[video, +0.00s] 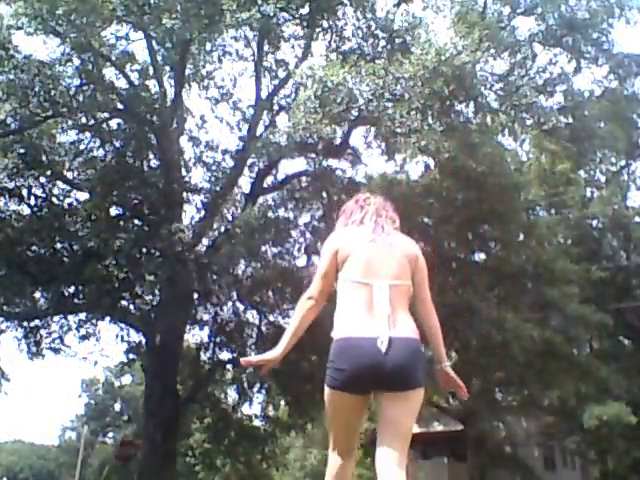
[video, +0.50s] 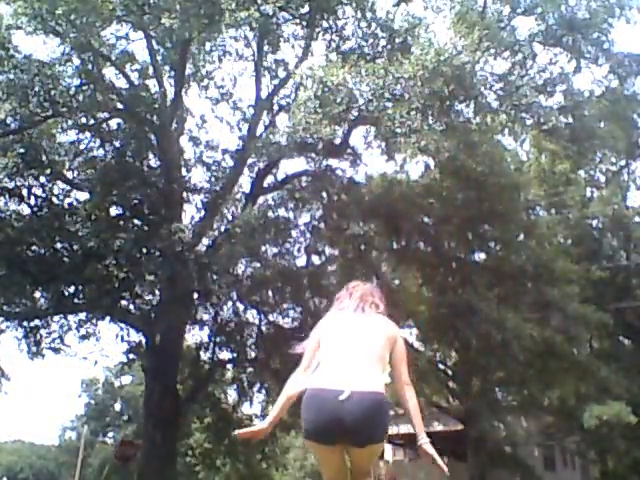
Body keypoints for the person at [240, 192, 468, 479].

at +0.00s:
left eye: (345, 219)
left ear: (348, 217)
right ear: (391, 218)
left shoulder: (339, 240)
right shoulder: (410, 247)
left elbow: (314, 299)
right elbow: (426, 309)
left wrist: (279, 351)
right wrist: (443, 363)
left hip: (351, 351)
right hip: (407, 354)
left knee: (341, 455)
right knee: (393, 461)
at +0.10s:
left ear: (345, 230)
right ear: (387, 232)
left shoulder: (335, 253)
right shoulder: (404, 258)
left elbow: (309, 309)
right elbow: (420, 318)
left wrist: (275, 358)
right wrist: (437, 373)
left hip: (342, 360)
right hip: (397, 363)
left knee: (338, 461)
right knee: (388, 463)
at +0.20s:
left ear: (343, 241)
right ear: (382, 245)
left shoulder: (330, 265)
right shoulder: (397, 271)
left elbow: (305, 320)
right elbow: (413, 329)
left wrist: (270, 368)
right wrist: (431, 383)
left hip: (331, 369)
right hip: (383, 373)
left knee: (333, 468)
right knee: (380, 472)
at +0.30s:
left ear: (341, 258)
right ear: (380, 261)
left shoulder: (326, 282)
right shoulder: (393, 287)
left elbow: (300, 336)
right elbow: (408, 346)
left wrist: (266, 379)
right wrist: (427, 397)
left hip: (325, 378)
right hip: (376, 383)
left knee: (333, 469)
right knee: (372, 468)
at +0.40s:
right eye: (378, 280)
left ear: (342, 279)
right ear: (378, 281)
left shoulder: (325, 301)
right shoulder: (391, 307)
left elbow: (300, 353)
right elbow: (405, 364)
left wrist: (266, 397)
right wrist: (423, 417)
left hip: (321, 387)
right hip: (372, 392)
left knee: (332, 473)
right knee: (367, 468)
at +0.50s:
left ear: (342, 300)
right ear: (378, 304)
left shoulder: (327, 321)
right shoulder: (390, 329)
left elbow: (302, 373)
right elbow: (404, 386)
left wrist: (269, 422)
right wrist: (422, 437)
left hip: (318, 403)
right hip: (368, 407)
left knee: (333, 474)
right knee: (362, 473)